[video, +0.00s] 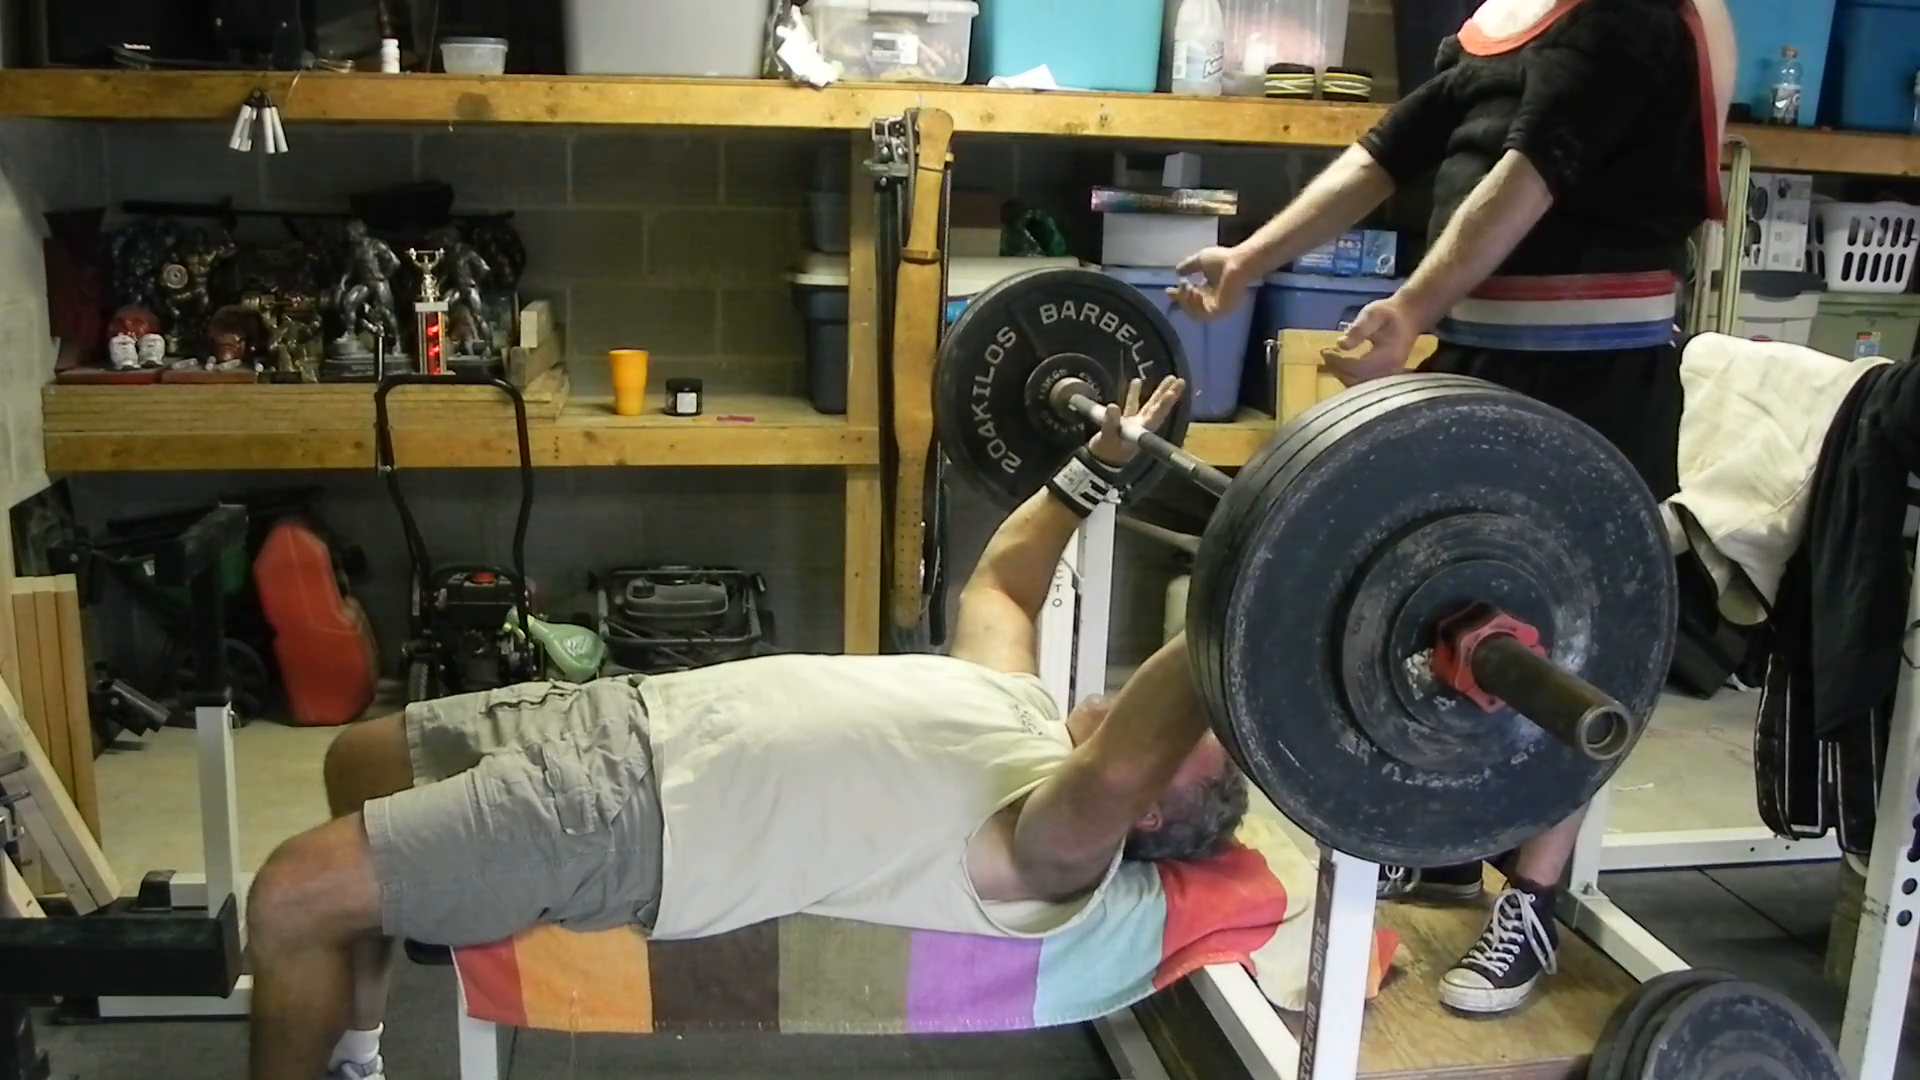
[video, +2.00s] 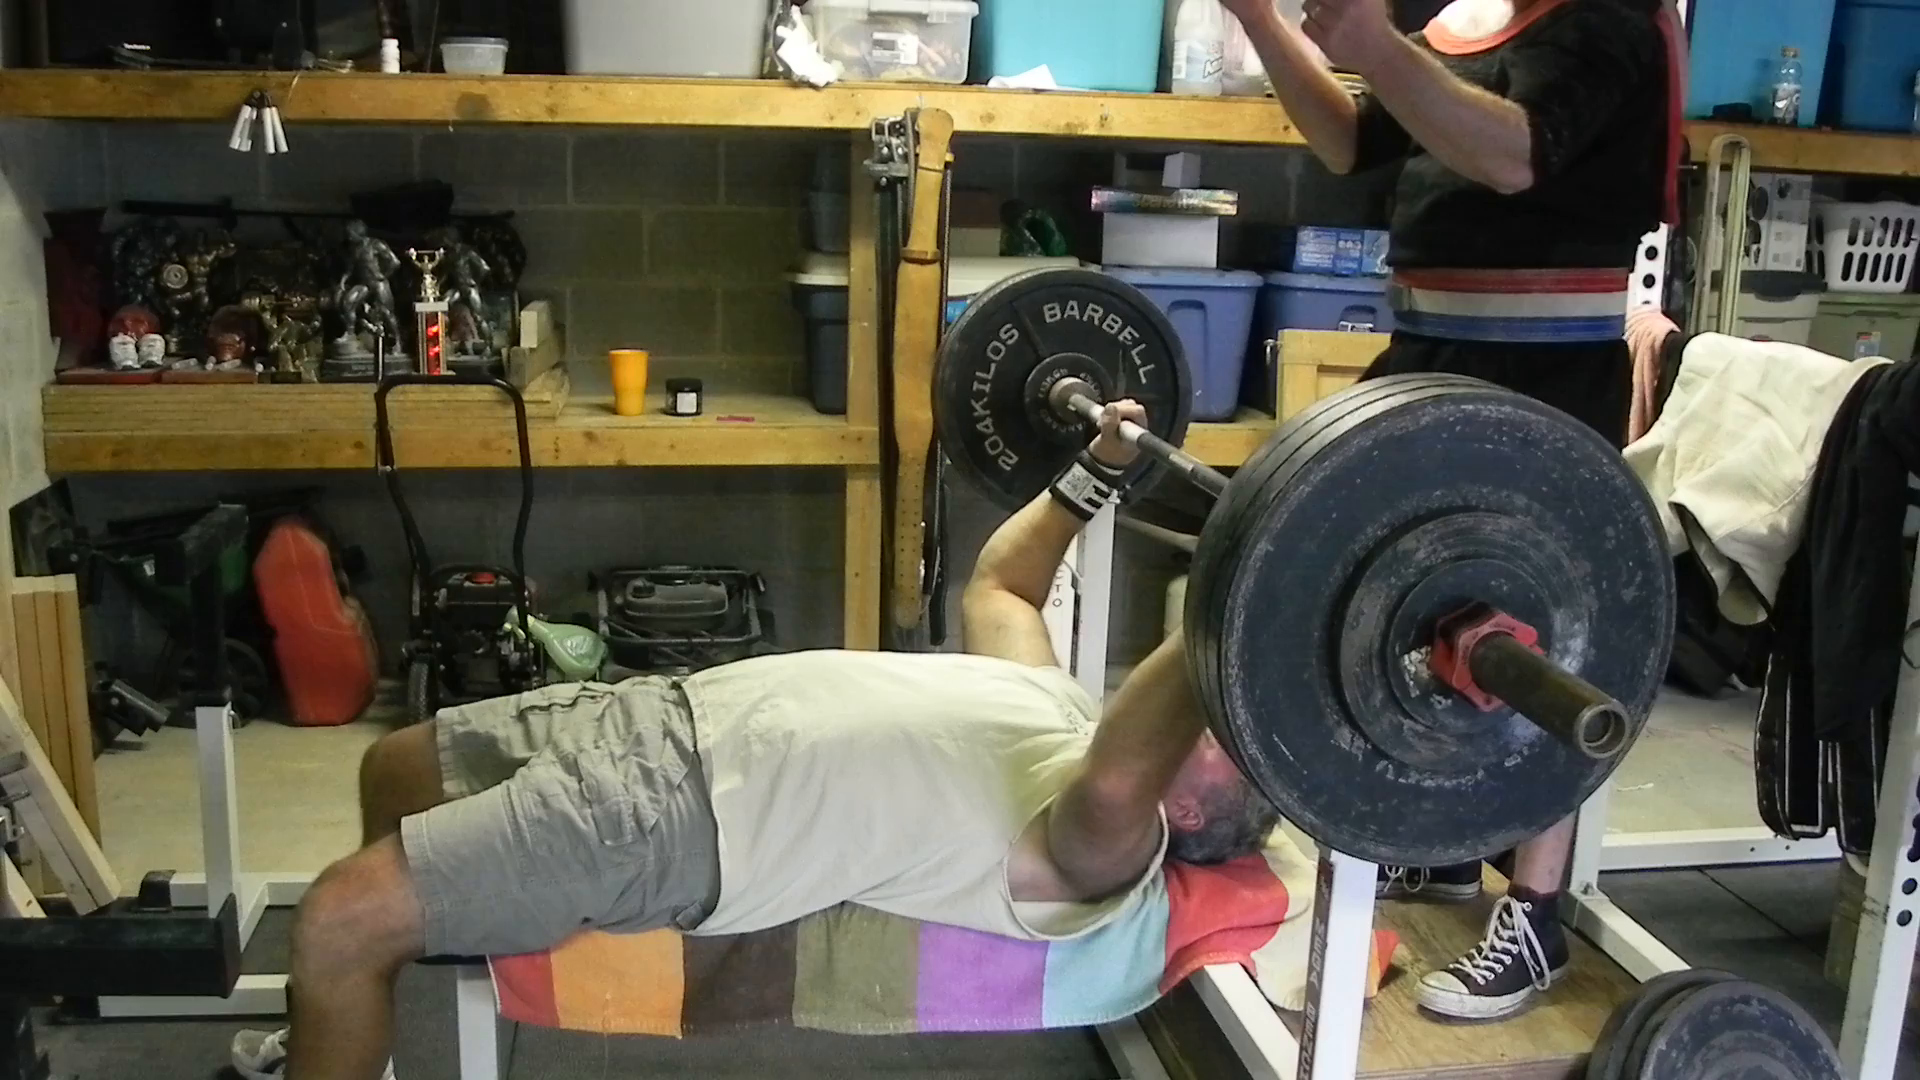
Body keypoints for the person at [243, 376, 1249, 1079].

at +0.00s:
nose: (1168, 725)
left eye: (1194, 746)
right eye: (1185, 717)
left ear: (1172, 814)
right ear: (1149, 733)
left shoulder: (1050, 847)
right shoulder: (1007, 707)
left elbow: (1132, 754)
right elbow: (1007, 583)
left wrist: (1273, 593)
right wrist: (1102, 453)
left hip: (626, 821)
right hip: (616, 709)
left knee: (295, 890)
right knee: (360, 762)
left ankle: (298, 1068)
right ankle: (350, 1048)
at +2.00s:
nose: (1197, 738)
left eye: (1225, 748)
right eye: (1211, 722)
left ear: (1216, 808)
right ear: (1187, 732)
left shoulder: (1097, 857)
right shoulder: (1043, 714)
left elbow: (1132, 763)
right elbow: (1007, 581)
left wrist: (1231, 605)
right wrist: (1089, 474)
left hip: (675, 819)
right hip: (658, 710)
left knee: (339, 922)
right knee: (395, 768)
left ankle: (330, 1067)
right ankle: (427, 980)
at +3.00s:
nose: (1191, 733)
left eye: (1223, 747)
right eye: (1209, 719)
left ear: (1215, 809)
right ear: (1182, 729)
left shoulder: (1089, 863)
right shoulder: (1029, 718)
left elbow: (1127, 759)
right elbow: (998, 584)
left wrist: (1234, 603)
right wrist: (1075, 471)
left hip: (672, 822)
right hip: (656, 714)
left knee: (340, 914)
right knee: (396, 769)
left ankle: (320, 1068)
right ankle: (434, 986)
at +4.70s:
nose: (1194, 740)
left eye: (1226, 757)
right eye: (1208, 724)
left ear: (1216, 827)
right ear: (1178, 726)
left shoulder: (1081, 860)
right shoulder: (1024, 712)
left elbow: (1137, 754)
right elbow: (1005, 574)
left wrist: (1259, 606)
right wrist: (1092, 468)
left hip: (674, 819)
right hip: (658, 710)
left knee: (330, 912)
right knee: (390, 768)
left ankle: (318, 1069)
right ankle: (394, 992)